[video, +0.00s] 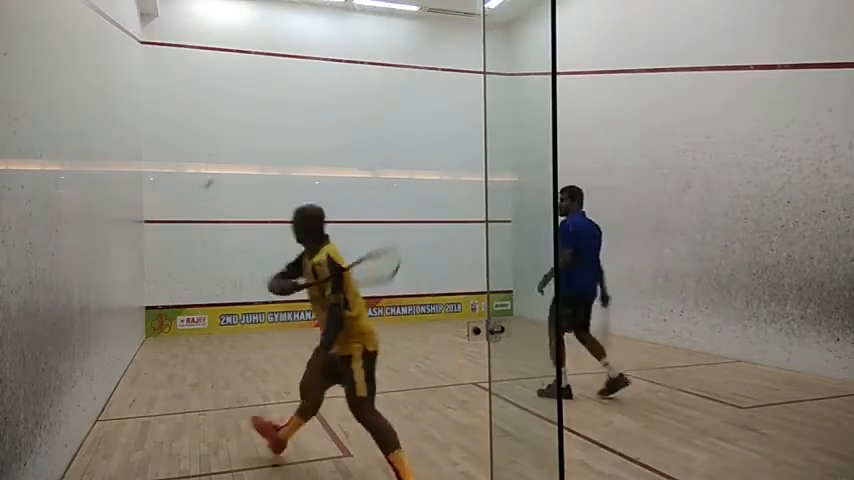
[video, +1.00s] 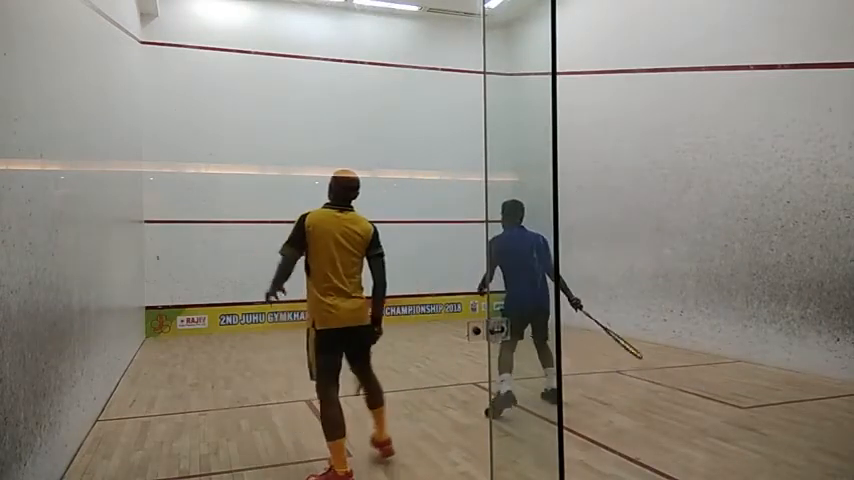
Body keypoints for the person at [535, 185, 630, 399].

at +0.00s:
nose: (559, 204)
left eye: (562, 200)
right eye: (559, 200)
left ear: (573, 202)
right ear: (578, 203)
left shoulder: (566, 226)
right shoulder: (594, 227)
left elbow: (564, 257)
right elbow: (596, 262)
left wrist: (547, 277)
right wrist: (603, 289)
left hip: (568, 291)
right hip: (588, 291)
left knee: (555, 331)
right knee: (582, 332)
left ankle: (561, 382)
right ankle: (613, 375)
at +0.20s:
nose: (554, 206)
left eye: (556, 202)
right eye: (555, 202)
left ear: (564, 203)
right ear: (574, 204)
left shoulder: (559, 227)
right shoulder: (585, 231)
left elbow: (553, 264)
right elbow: (580, 268)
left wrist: (535, 286)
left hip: (556, 294)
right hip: (578, 295)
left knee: (530, 327)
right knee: (576, 336)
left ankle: (547, 378)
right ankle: (596, 386)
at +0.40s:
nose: (540, 208)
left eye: (543, 205)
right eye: (541, 204)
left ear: (547, 207)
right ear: (560, 208)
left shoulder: (539, 229)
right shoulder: (570, 236)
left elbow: (540, 270)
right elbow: (568, 274)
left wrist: (525, 296)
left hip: (539, 297)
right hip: (565, 300)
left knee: (515, 334)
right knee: (568, 340)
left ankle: (513, 388)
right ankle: (594, 387)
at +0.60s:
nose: (512, 221)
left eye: (515, 218)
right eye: (514, 217)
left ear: (521, 221)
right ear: (535, 222)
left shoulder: (514, 246)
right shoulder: (547, 247)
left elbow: (510, 282)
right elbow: (553, 280)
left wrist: (497, 312)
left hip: (523, 310)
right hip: (548, 310)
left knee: (499, 355)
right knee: (549, 345)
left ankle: (504, 406)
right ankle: (584, 386)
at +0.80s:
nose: (501, 218)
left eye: (503, 214)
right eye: (503, 214)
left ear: (507, 216)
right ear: (522, 216)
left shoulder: (500, 243)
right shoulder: (539, 239)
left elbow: (491, 277)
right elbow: (553, 274)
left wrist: (479, 294)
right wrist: (566, 301)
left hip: (516, 303)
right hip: (541, 302)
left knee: (505, 352)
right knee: (537, 337)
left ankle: (506, 405)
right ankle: (565, 379)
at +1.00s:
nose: (501, 219)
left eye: (503, 216)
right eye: (503, 215)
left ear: (505, 217)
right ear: (522, 217)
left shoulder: (497, 243)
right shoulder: (538, 240)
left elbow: (490, 271)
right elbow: (552, 273)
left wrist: (483, 283)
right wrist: (571, 297)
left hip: (516, 304)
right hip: (541, 304)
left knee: (508, 345)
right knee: (541, 341)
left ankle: (505, 389)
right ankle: (552, 386)